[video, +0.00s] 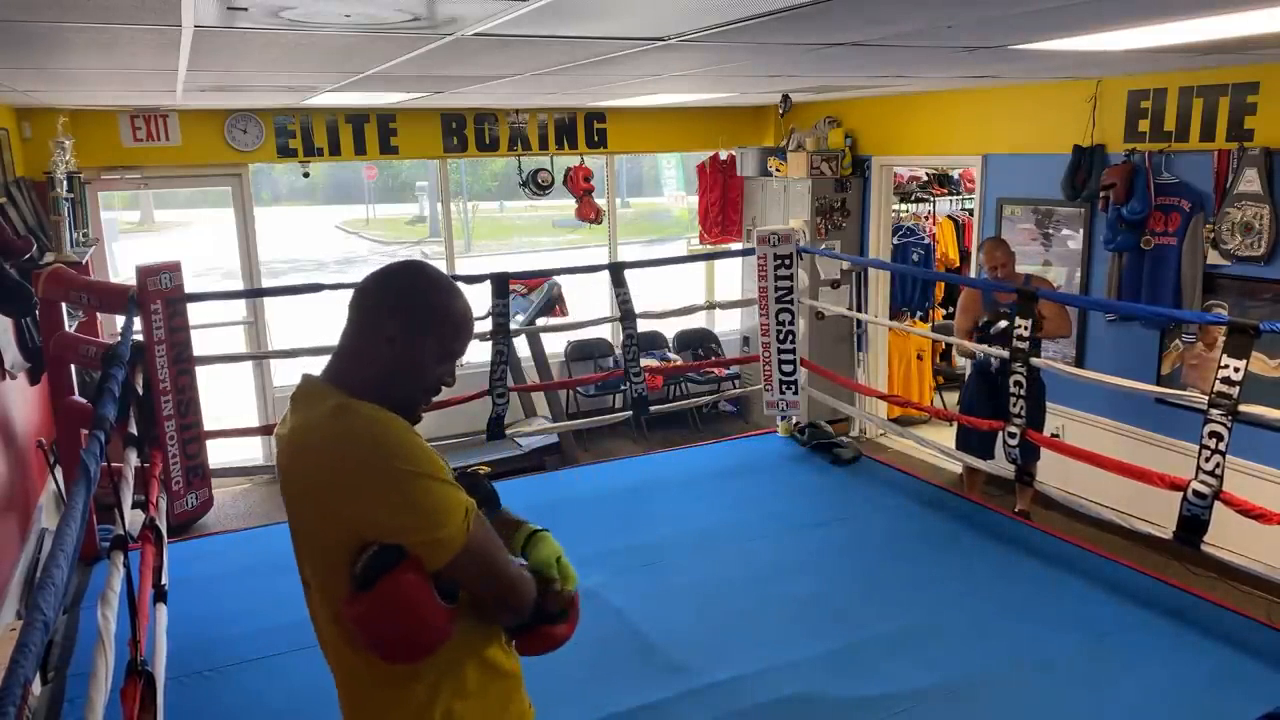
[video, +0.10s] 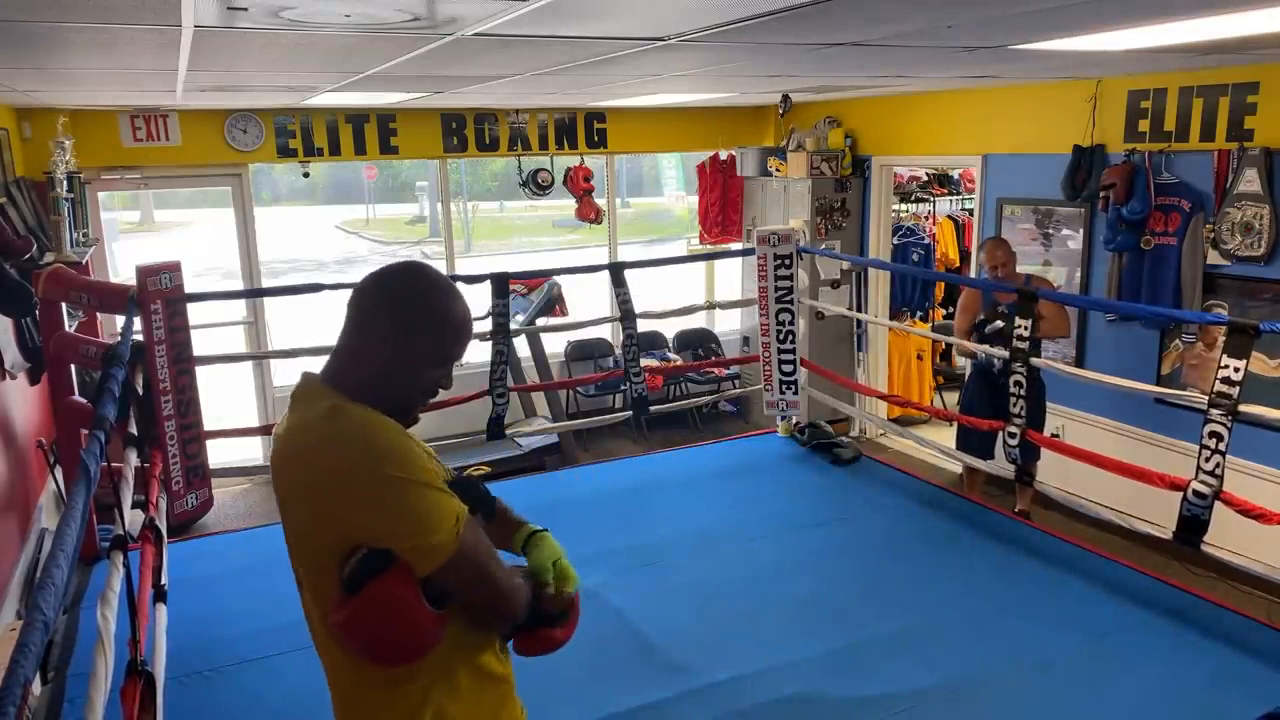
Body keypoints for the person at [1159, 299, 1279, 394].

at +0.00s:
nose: (1220, 327)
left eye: (1223, 323)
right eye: (1215, 322)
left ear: (1226, 327)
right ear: (1201, 325)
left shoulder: (1231, 349)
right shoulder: (1189, 349)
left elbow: (1270, 368)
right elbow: (1162, 369)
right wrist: (1180, 351)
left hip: (1218, 405)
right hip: (1189, 400)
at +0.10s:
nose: (1220, 327)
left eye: (1223, 323)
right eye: (1215, 322)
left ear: (1226, 327)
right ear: (1201, 325)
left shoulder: (1231, 349)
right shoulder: (1189, 349)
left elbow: (1270, 368)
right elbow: (1162, 369)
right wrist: (1179, 351)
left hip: (1218, 405)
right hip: (1189, 400)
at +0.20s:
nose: (1220, 327)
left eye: (1223, 323)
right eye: (1215, 322)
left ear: (1226, 327)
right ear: (1201, 325)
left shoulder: (1231, 349)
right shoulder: (1189, 349)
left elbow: (1270, 368)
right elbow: (1162, 369)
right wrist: (1179, 351)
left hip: (1218, 405)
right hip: (1189, 400)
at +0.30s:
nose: (1220, 327)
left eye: (1223, 323)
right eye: (1215, 322)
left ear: (1226, 327)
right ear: (1201, 325)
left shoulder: (1231, 349)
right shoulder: (1189, 349)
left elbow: (1270, 368)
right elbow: (1162, 369)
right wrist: (1179, 351)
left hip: (1218, 405)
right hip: (1190, 400)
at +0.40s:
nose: (1220, 327)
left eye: (1223, 323)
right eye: (1215, 322)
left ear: (1226, 327)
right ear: (1201, 325)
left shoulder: (1231, 349)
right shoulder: (1189, 349)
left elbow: (1270, 368)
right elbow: (1162, 369)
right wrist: (1179, 351)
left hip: (1218, 405)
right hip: (1189, 400)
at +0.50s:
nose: (1220, 327)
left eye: (1223, 323)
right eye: (1215, 322)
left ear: (1226, 327)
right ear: (1201, 325)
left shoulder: (1231, 349)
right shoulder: (1189, 349)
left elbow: (1270, 368)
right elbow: (1162, 369)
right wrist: (1179, 351)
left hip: (1218, 405)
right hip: (1189, 400)